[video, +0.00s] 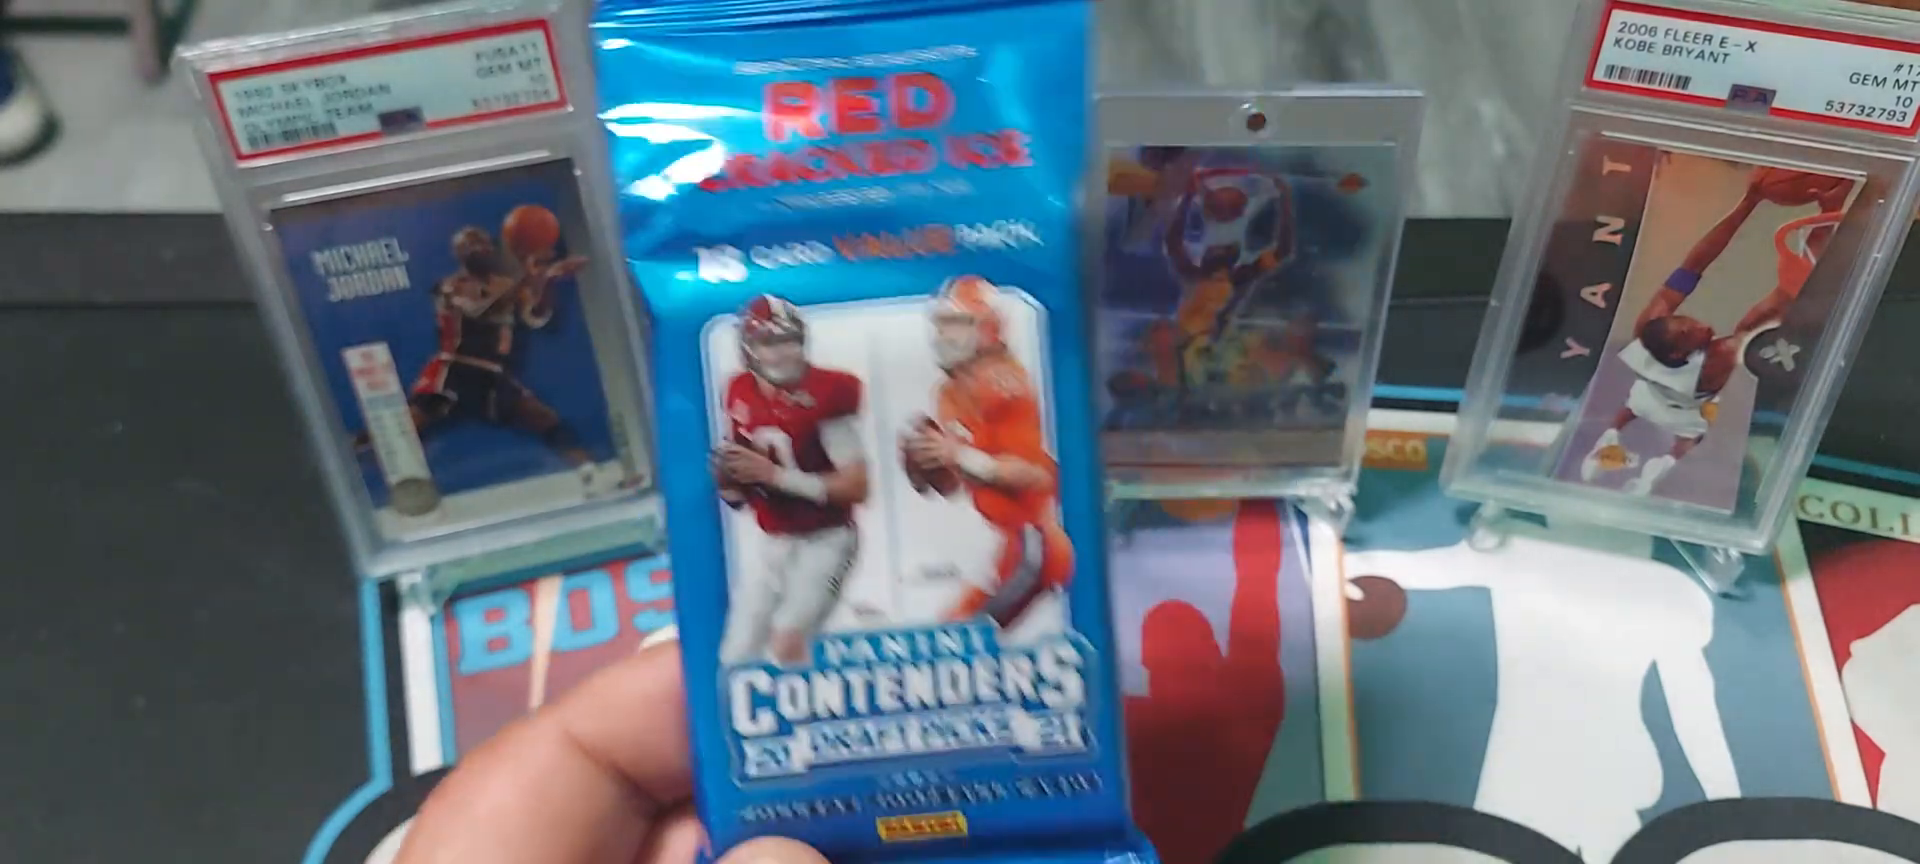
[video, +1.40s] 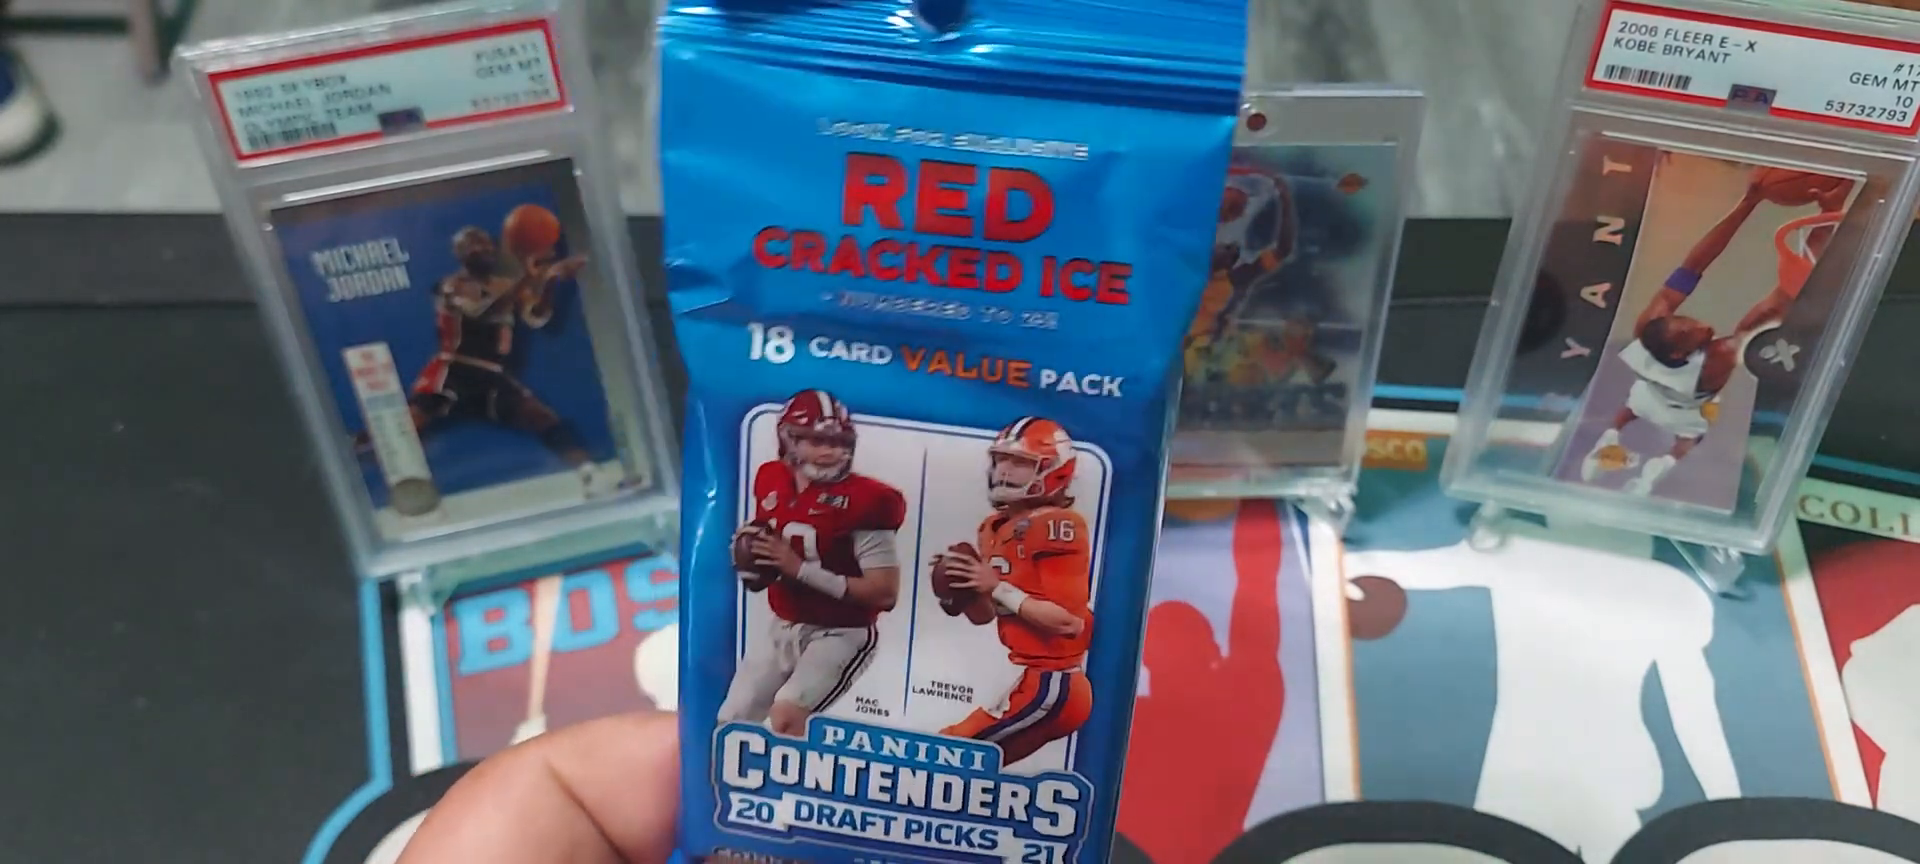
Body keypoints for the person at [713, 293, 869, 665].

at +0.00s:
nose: (781, 352)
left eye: (789, 341)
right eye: (768, 343)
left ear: (803, 342)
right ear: (749, 349)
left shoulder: (830, 392)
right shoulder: (741, 392)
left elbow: (856, 486)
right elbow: (739, 489)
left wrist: (771, 474)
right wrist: (729, 475)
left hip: (827, 538)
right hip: (773, 539)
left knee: (787, 641)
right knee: (737, 653)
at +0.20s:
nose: (715, 345)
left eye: (721, 334)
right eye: (702, 338)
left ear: (734, 335)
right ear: (680, 346)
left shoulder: (767, 380)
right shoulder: (673, 386)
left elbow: (801, 475)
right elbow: (683, 486)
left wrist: (719, 470)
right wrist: (668, 469)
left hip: (776, 528)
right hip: (719, 534)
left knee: (747, 628)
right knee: (697, 651)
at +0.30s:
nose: (774, 370)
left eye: (782, 359)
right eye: (761, 362)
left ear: (795, 361)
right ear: (740, 368)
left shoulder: (826, 410)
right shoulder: (731, 409)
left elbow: (856, 509)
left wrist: (772, 499)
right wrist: (719, 490)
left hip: (827, 562)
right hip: (766, 565)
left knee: (793, 663)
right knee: (743, 679)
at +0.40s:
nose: (815, 398)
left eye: (823, 387)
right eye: (802, 389)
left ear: (837, 388)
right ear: (778, 394)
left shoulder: (865, 439)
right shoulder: (767, 436)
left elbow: (893, 539)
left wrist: (808, 526)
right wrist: (753, 517)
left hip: (860, 592)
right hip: (800, 594)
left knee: (819, 693)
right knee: (768, 707)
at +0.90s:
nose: (822, 456)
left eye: (831, 446)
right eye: (810, 446)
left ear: (844, 448)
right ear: (785, 448)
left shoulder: (869, 501)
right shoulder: (769, 488)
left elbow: (888, 598)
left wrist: (800, 577)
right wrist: (749, 564)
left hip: (850, 645)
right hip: (790, 642)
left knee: (799, 737)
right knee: (747, 742)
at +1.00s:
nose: (797, 488)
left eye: (805, 478)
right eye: (784, 478)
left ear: (818, 480)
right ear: (759, 482)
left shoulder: (847, 532)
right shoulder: (745, 521)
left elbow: (872, 624)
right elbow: (745, 621)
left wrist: (784, 606)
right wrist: (728, 595)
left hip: (836, 669)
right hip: (775, 667)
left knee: (789, 755)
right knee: (736, 763)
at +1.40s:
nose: (828, 453)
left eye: (838, 443)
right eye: (817, 442)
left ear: (849, 447)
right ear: (792, 444)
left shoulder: (864, 502)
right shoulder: (774, 488)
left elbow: (885, 593)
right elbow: (758, 577)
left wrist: (798, 567)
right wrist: (744, 552)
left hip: (843, 635)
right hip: (783, 629)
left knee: (787, 713)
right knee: (731, 719)